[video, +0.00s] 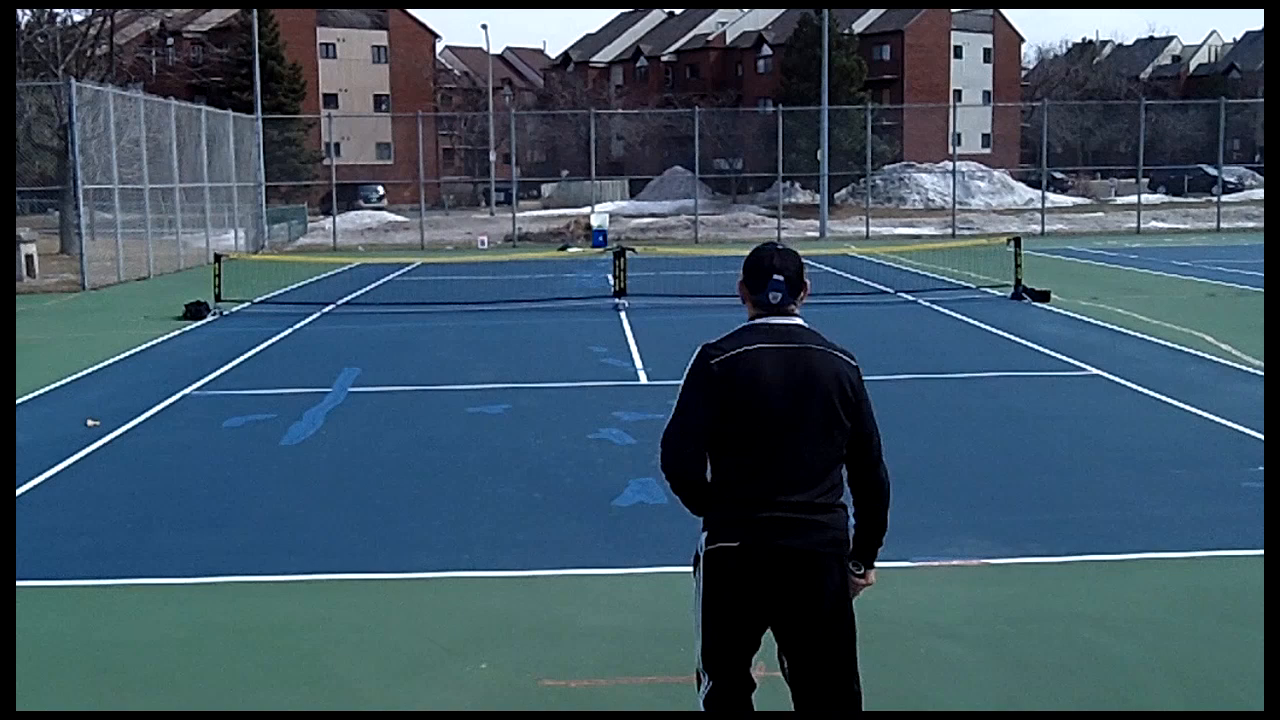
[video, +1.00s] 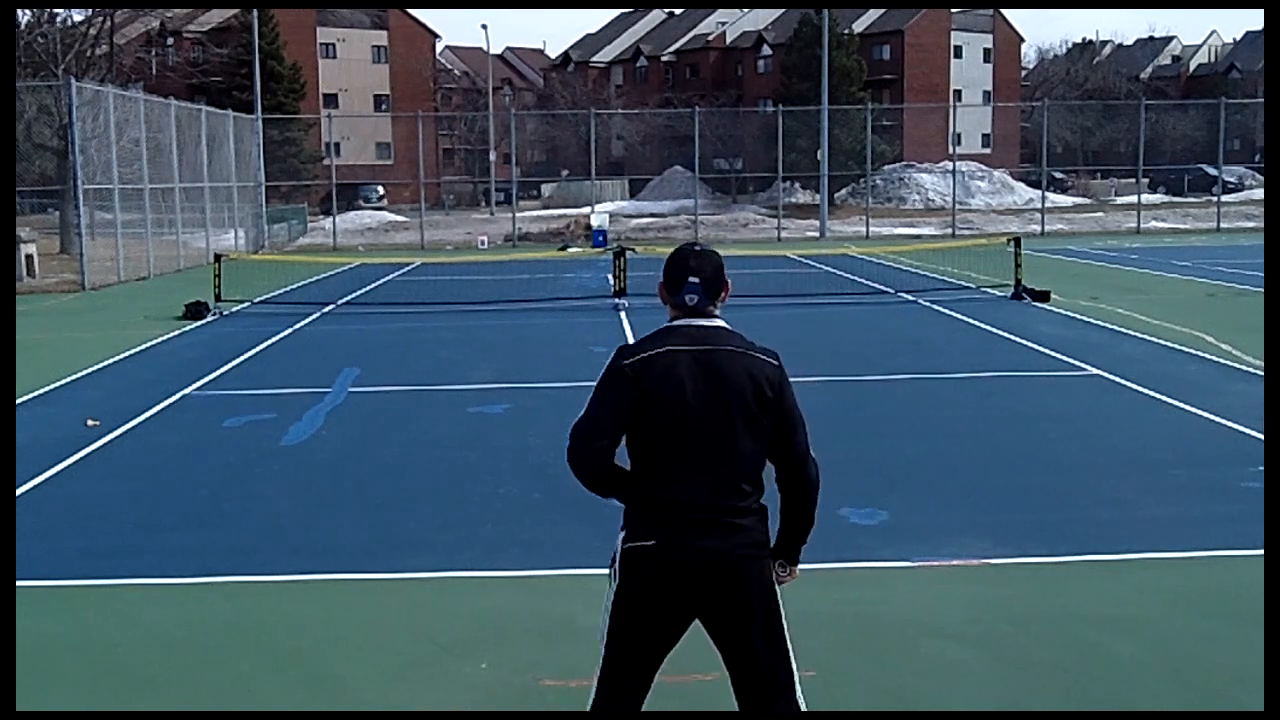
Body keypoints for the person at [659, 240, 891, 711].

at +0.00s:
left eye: (744, 288)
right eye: (800, 287)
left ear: (742, 292)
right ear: (804, 293)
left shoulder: (715, 359)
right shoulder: (839, 364)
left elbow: (677, 457)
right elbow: (871, 475)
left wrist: (715, 510)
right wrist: (863, 556)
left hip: (735, 557)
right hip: (818, 557)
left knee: (724, 682)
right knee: (829, 691)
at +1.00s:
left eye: (666, 289)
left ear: (662, 294)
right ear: (725, 292)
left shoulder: (632, 362)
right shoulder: (761, 365)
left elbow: (586, 454)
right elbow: (800, 473)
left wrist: (637, 491)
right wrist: (789, 548)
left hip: (653, 566)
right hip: (739, 565)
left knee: (616, 700)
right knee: (772, 701)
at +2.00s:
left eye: (529, 289)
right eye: (586, 287)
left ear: (525, 294)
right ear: (586, 294)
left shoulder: (490, 364)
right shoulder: (622, 365)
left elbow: (448, 472)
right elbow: (656, 470)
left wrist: (503, 454)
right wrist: (593, 484)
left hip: (511, 558)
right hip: (599, 556)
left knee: (480, 691)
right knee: (615, 689)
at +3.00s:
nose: (517, 284)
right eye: (517, 279)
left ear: (453, 288)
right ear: (515, 286)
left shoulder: (411, 358)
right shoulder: (549, 359)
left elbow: (380, 469)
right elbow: (590, 466)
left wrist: (436, 474)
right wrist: (536, 497)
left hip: (430, 558)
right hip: (518, 559)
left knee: (427, 699)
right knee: (547, 697)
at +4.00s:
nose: (488, 334)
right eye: (488, 326)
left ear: (420, 327)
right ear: (482, 335)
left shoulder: (387, 392)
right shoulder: (461, 408)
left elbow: (447, 481)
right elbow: (492, 533)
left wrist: (527, 452)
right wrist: (546, 507)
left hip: (383, 590)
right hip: (451, 595)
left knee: (446, 705)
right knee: (521, 705)